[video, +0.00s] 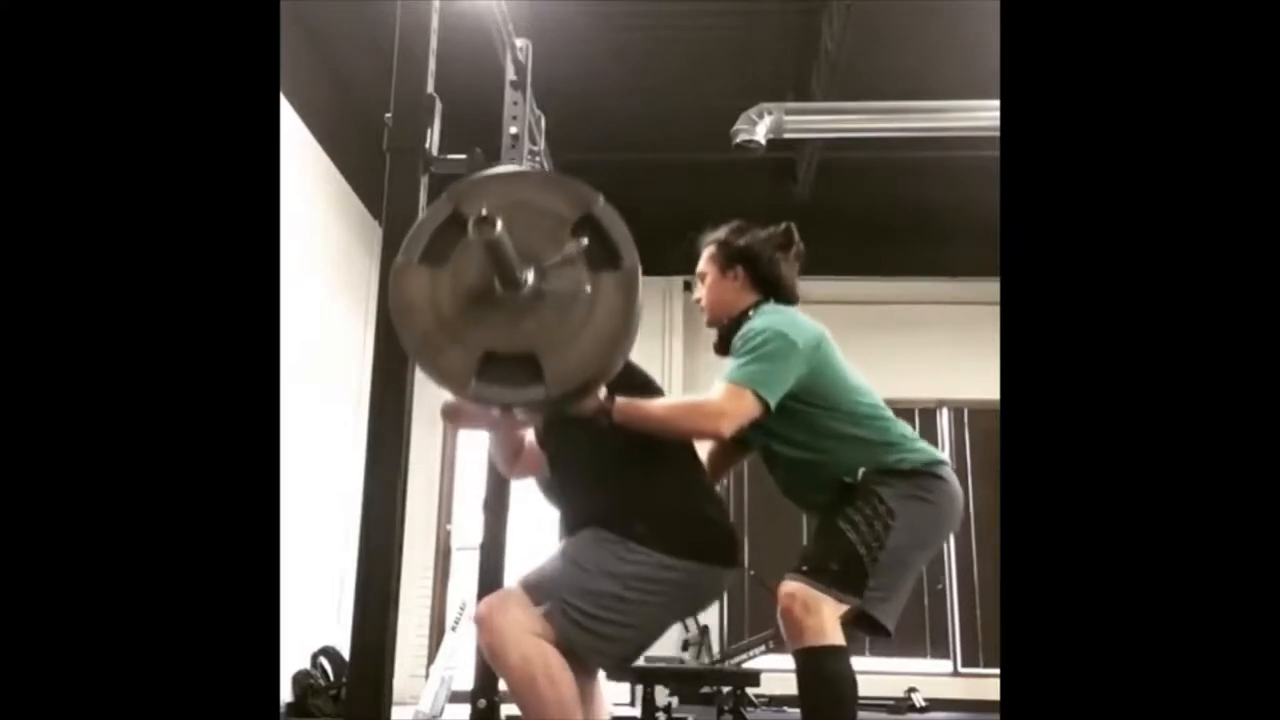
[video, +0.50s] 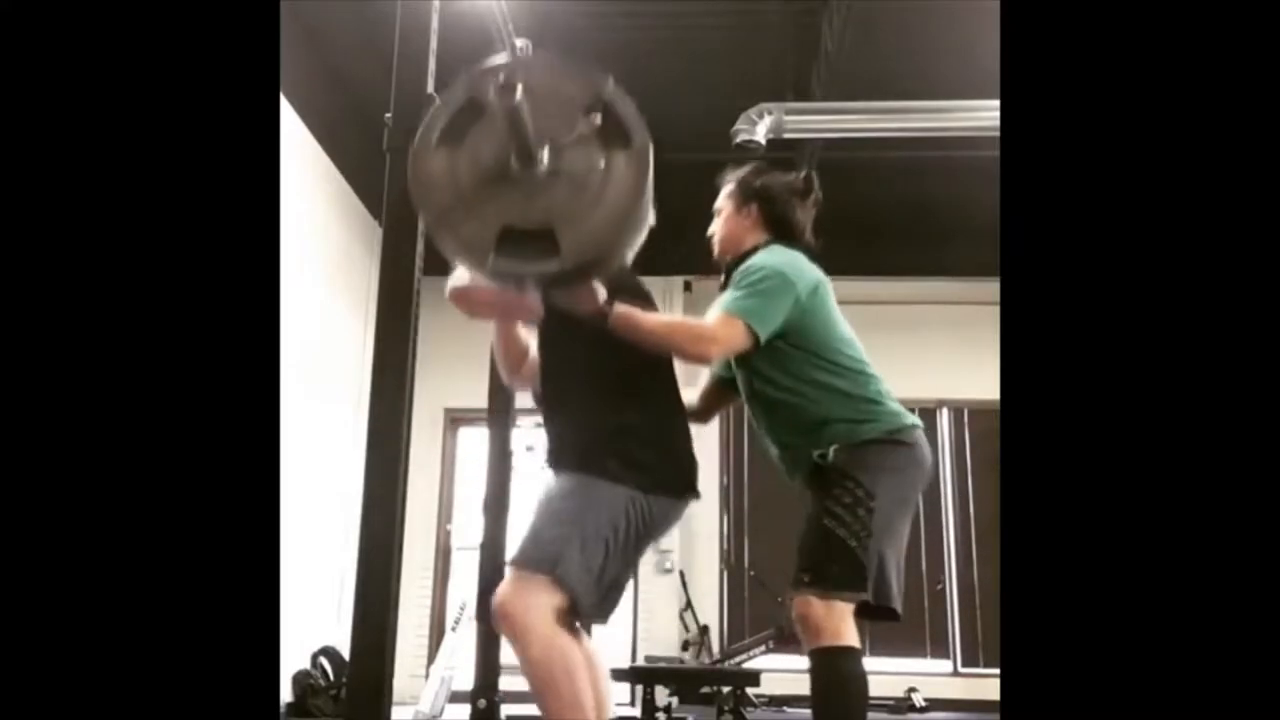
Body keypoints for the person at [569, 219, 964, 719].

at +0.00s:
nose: (696, 294)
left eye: (702, 279)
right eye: (697, 281)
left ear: (736, 277)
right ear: (739, 277)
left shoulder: (777, 329)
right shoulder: (763, 344)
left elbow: (724, 416)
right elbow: (725, 456)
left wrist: (608, 405)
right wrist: (669, 499)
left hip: (908, 484)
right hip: (872, 491)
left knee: (805, 603)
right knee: (808, 609)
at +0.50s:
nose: (710, 225)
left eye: (719, 210)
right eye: (713, 211)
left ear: (753, 213)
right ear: (754, 216)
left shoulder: (778, 268)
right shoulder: (753, 291)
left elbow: (715, 340)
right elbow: (703, 406)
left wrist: (606, 310)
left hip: (876, 448)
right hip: (853, 455)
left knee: (821, 606)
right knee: (818, 610)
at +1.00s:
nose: (727, 196)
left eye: (736, 183)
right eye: (732, 184)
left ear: (762, 188)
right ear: (772, 193)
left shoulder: (786, 243)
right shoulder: (754, 291)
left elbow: (707, 263)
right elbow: (689, 348)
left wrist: (613, 215)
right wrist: (613, 307)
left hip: (841, 443)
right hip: (820, 454)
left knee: (817, 614)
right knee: (819, 618)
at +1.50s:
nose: (697, 192)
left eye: (713, 182)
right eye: (701, 183)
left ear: (749, 197)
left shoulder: (736, 240)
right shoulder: (707, 294)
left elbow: (623, 222)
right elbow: (628, 318)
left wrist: (521, 182)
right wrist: (543, 290)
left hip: (813, 441)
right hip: (791, 452)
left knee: (816, 617)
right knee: (816, 620)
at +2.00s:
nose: (640, 204)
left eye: (650, 193)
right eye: (644, 194)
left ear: (683, 200)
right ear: (685, 207)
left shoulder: (685, 252)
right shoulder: (660, 299)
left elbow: (583, 247)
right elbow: (594, 348)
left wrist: (480, 203)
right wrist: (520, 311)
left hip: (739, 456)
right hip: (750, 457)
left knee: (759, 621)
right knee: (789, 621)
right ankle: (835, 716)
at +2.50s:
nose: (691, 175)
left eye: (700, 161)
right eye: (698, 161)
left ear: (724, 165)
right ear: (747, 175)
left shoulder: (732, 232)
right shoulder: (721, 264)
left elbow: (595, 224)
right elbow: (620, 302)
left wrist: (492, 196)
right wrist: (548, 302)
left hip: (793, 442)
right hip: (807, 442)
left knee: (771, 615)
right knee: (813, 620)